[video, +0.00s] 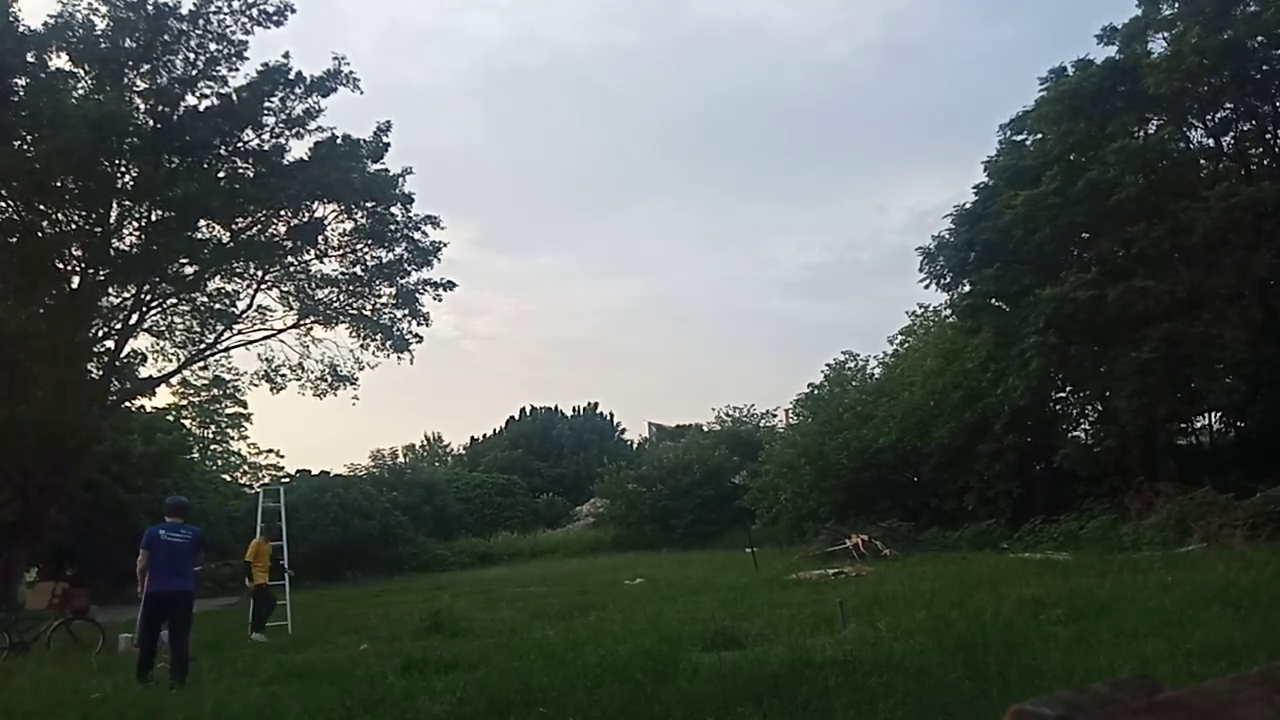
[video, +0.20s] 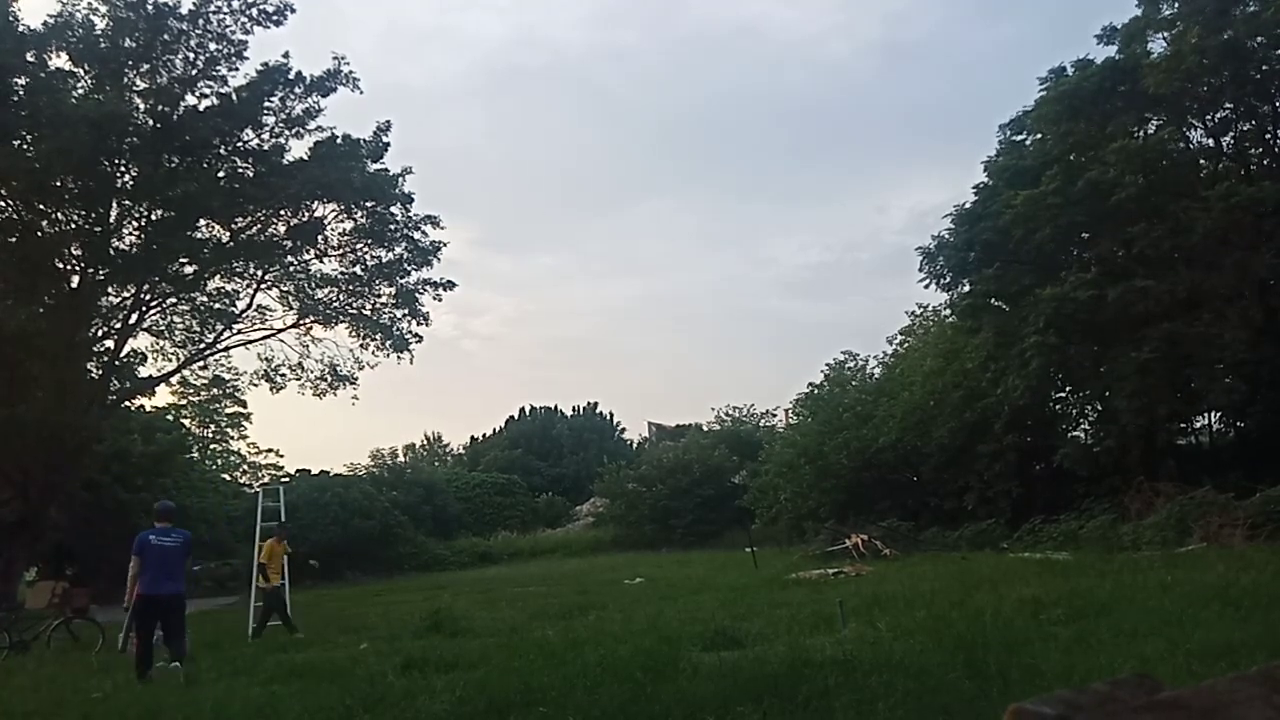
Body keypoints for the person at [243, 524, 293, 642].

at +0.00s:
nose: (276, 535)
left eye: (276, 532)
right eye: (275, 532)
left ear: (268, 533)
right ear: (268, 531)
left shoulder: (268, 545)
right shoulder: (256, 543)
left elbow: (270, 563)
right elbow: (247, 561)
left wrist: (283, 570)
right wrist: (250, 580)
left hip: (264, 581)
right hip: (257, 582)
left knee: (260, 607)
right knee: (270, 602)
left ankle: (257, 631)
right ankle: (258, 631)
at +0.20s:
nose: (285, 535)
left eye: (286, 533)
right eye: (283, 532)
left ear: (286, 534)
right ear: (278, 532)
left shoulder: (283, 544)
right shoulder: (269, 544)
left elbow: (290, 555)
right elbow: (261, 563)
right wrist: (267, 582)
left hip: (277, 583)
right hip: (268, 585)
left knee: (266, 612)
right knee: (281, 609)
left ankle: (256, 635)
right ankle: (293, 631)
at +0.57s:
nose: (301, 532)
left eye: (303, 529)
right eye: (299, 529)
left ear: (305, 530)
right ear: (294, 529)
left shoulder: (305, 540)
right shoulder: (288, 542)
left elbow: (308, 556)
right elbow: (282, 560)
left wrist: (314, 569)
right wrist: (287, 578)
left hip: (307, 578)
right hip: (294, 581)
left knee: (316, 600)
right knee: (296, 608)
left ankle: (307, 627)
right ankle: (295, 631)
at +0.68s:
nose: (307, 533)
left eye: (309, 530)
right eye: (305, 530)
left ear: (310, 531)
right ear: (300, 530)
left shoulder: (311, 539)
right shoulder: (292, 542)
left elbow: (313, 556)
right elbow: (287, 562)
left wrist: (318, 570)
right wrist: (291, 580)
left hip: (313, 579)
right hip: (299, 582)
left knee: (322, 602)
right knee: (300, 607)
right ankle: (297, 630)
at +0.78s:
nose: (310, 536)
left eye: (312, 533)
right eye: (308, 533)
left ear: (314, 533)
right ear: (304, 532)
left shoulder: (318, 540)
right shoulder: (296, 544)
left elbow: (320, 558)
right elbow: (292, 564)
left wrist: (324, 571)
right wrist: (294, 582)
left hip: (318, 581)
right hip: (304, 583)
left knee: (328, 606)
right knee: (304, 611)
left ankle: (336, 630)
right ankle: (299, 634)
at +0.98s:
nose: (315, 548)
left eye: (317, 545)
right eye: (312, 546)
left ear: (321, 541)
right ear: (309, 543)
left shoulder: (330, 543)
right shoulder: (306, 551)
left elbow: (336, 558)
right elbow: (301, 571)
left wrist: (337, 574)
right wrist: (301, 589)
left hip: (330, 581)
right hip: (315, 584)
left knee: (336, 607)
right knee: (314, 609)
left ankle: (340, 633)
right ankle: (303, 632)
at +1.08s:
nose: (317, 556)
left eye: (319, 553)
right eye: (315, 554)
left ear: (323, 547)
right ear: (311, 550)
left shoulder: (332, 547)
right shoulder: (309, 555)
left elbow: (342, 560)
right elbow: (306, 576)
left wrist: (342, 577)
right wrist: (304, 595)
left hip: (335, 581)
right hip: (319, 582)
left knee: (339, 608)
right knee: (315, 608)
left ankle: (340, 633)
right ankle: (311, 632)